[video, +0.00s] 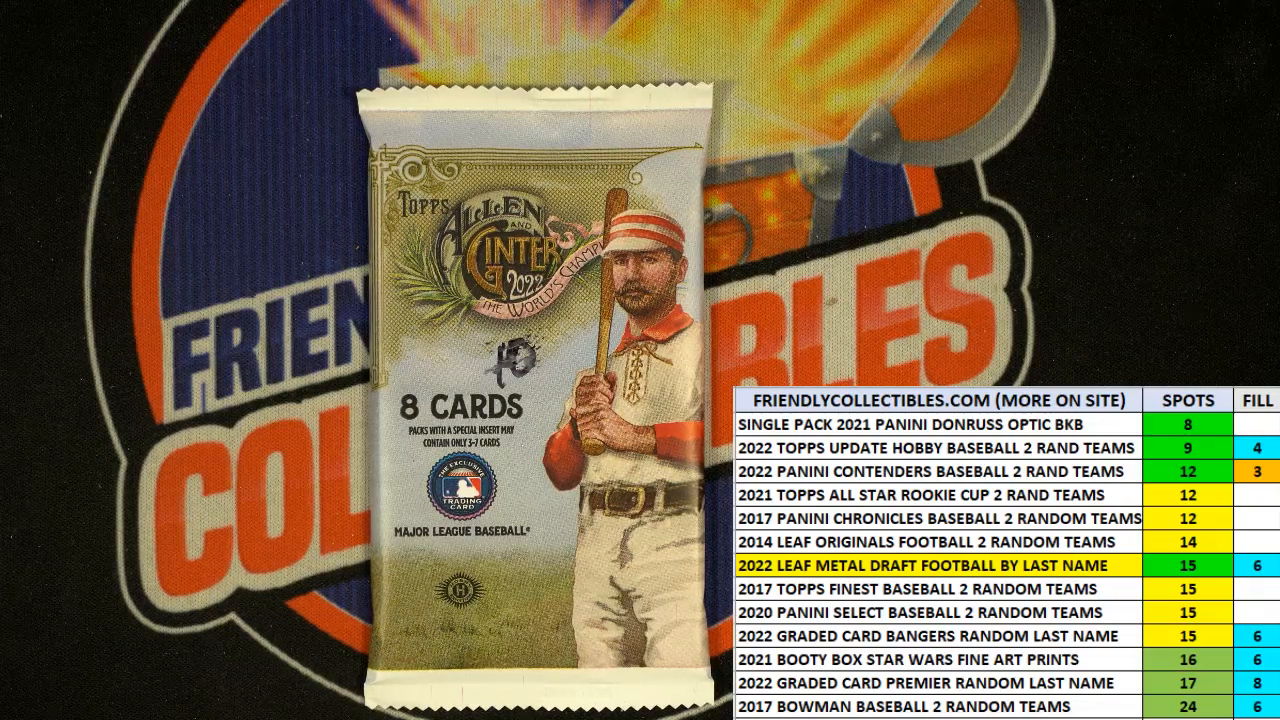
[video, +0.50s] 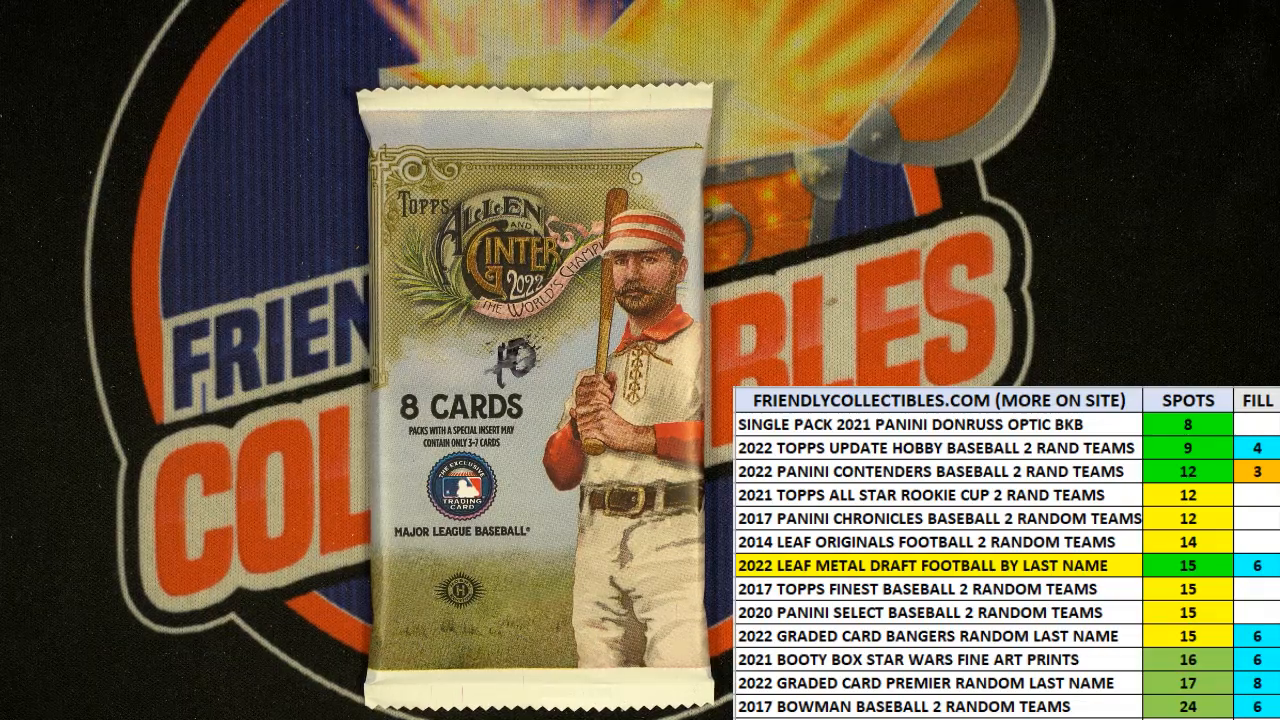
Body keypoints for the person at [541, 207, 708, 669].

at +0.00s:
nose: (631, 274)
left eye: (648, 259)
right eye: (620, 261)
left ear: (678, 270)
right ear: (609, 273)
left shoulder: (705, 346)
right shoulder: (604, 366)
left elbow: (724, 438)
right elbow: (561, 476)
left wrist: (632, 436)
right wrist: (577, 420)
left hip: (673, 530)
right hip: (597, 531)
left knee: (679, 685)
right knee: (601, 690)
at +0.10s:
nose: (631, 274)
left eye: (648, 259)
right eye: (620, 260)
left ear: (678, 270)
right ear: (608, 272)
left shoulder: (705, 346)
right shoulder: (605, 366)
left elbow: (725, 439)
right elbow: (561, 476)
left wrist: (635, 436)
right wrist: (577, 420)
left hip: (674, 530)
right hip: (597, 532)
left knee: (679, 687)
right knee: (601, 691)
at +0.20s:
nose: (631, 274)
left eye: (647, 259)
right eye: (620, 261)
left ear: (678, 270)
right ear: (609, 273)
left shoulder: (705, 346)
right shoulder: (604, 366)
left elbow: (725, 438)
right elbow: (560, 476)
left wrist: (634, 436)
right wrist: (577, 420)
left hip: (674, 530)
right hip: (597, 531)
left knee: (679, 685)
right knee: (600, 689)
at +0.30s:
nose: (631, 274)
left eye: (647, 259)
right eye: (620, 260)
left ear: (678, 270)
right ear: (609, 272)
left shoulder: (705, 346)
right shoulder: (604, 364)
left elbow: (725, 438)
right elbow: (561, 476)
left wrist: (635, 436)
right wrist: (576, 422)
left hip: (673, 530)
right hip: (597, 531)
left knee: (679, 684)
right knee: (600, 690)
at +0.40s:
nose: (631, 274)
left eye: (647, 259)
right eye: (620, 261)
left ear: (678, 270)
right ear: (609, 272)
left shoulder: (705, 346)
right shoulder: (605, 366)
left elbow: (724, 438)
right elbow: (560, 475)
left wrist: (633, 436)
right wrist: (577, 420)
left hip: (674, 530)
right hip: (597, 531)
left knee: (679, 685)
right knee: (600, 690)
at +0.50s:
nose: (630, 273)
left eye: (647, 259)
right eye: (620, 260)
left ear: (678, 269)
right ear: (609, 272)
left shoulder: (704, 346)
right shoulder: (604, 366)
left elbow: (724, 439)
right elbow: (561, 475)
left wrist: (635, 436)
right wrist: (576, 421)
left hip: (674, 530)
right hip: (597, 531)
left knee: (679, 686)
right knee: (600, 691)